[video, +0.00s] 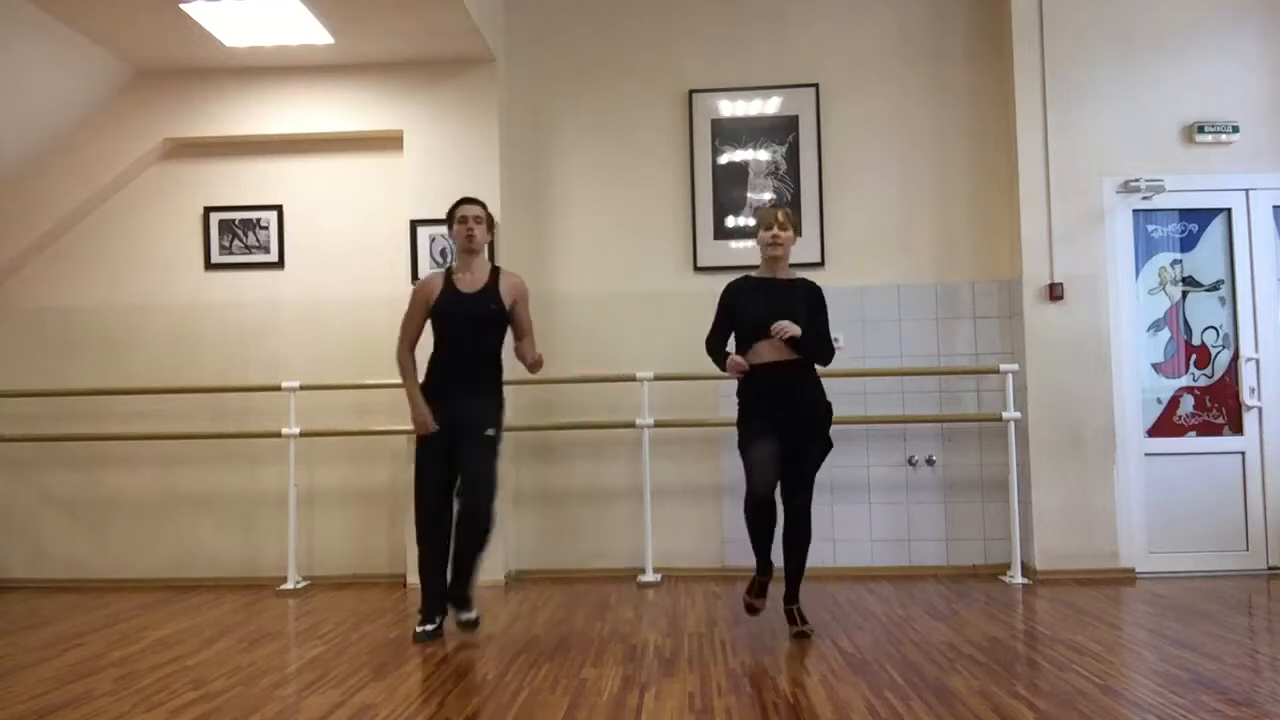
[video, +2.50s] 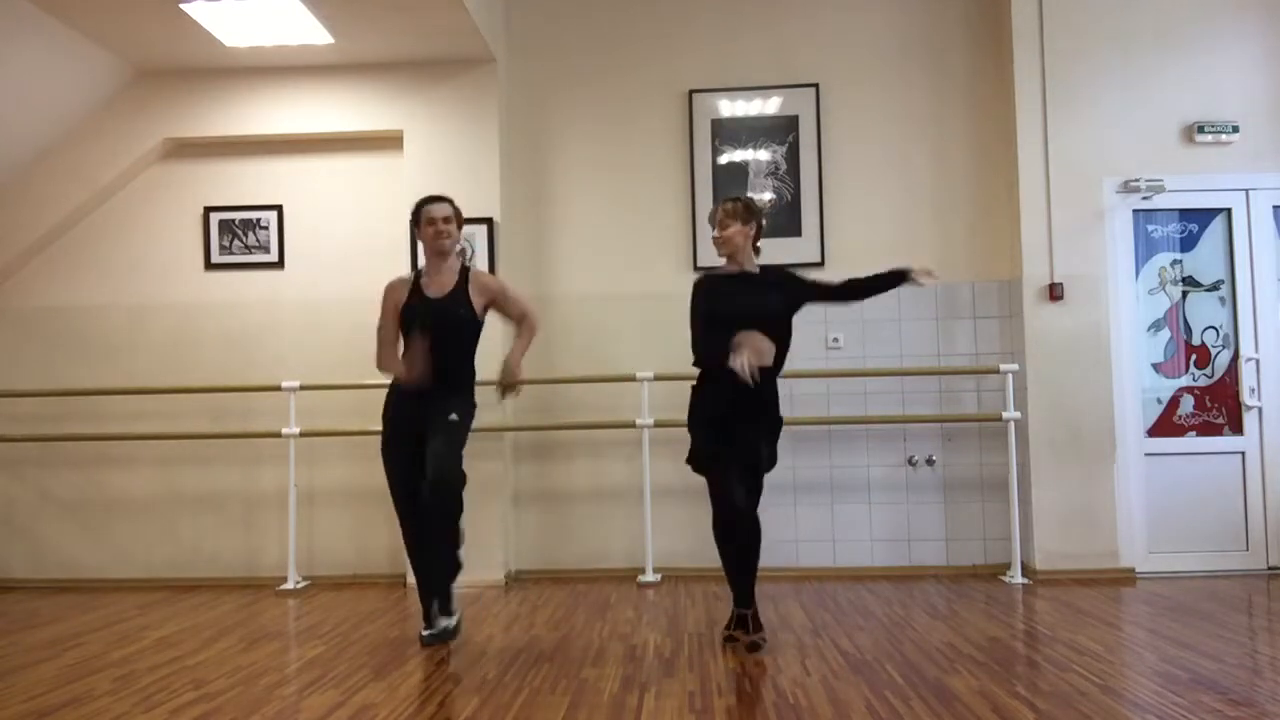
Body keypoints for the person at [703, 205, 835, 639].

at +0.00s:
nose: (776, 234)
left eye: (783, 227)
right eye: (769, 227)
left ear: (794, 238)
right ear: (758, 236)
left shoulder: (809, 291)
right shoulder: (737, 290)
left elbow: (824, 353)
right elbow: (714, 344)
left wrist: (800, 336)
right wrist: (726, 359)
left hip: (805, 405)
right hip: (758, 405)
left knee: (798, 505)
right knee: (759, 492)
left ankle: (793, 599)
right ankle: (763, 569)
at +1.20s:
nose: (738, 229)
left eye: (746, 222)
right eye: (733, 223)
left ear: (766, 232)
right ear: (726, 233)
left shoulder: (786, 283)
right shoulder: (713, 285)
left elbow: (805, 341)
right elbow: (704, 350)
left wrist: (776, 352)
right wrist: (735, 353)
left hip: (767, 412)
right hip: (720, 412)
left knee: (759, 510)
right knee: (725, 511)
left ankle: (758, 609)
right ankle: (730, 607)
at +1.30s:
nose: (724, 228)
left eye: (733, 222)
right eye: (723, 222)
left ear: (759, 229)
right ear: (723, 231)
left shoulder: (781, 283)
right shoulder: (711, 279)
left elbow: (793, 345)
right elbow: (685, 329)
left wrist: (784, 376)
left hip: (770, 399)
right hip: (725, 400)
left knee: (765, 510)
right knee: (729, 508)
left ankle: (762, 609)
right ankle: (738, 607)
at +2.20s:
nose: (722, 227)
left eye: (731, 219)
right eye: (720, 221)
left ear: (755, 227)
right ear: (721, 231)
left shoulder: (779, 282)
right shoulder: (709, 281)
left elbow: (799, 340)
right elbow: (673, 333)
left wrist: (824, 388)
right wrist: (648, 298)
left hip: (770, 394)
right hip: (722, 395)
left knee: (770, 506)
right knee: (733, 506)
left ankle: (764, 609)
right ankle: (741, 608)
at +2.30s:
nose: (716, 223)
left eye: (725, 215)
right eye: (716, 216)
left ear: (752, 223)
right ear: (728, 226)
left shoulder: (783, 277)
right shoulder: (707, 274)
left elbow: (835, 322)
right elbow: (672, 318)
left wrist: (886, 357)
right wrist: (674, 273)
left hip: (765, 395)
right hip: (716, 395)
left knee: (763, 504)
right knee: (729, 503)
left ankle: (764, 607)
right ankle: (737, 606)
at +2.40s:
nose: (718, 220)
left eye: (727, 213)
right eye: (716, 214)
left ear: (752, 220)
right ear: (717, 223)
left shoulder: (785, 269)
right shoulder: (708, 266)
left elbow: (846, 288)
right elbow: (683, 319)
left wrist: (907, 304)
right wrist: (712, 283)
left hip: (762, 391)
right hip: (713, 391)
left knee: (749, 496)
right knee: (725, 498)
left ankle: (756, 602)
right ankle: (738, 602)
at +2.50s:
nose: (718, 232)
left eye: (727, 225)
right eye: (716, 226)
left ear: (752, 230)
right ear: (716, 233)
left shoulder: (782, 283)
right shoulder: (707, 286)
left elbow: (844, 291)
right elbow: (701, 349)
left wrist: (902, 275)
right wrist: (734, 345)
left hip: (758, 410)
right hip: (712, 408)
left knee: (743, 508)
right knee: (727, 507)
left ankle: (744, 609)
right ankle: (744, 609)